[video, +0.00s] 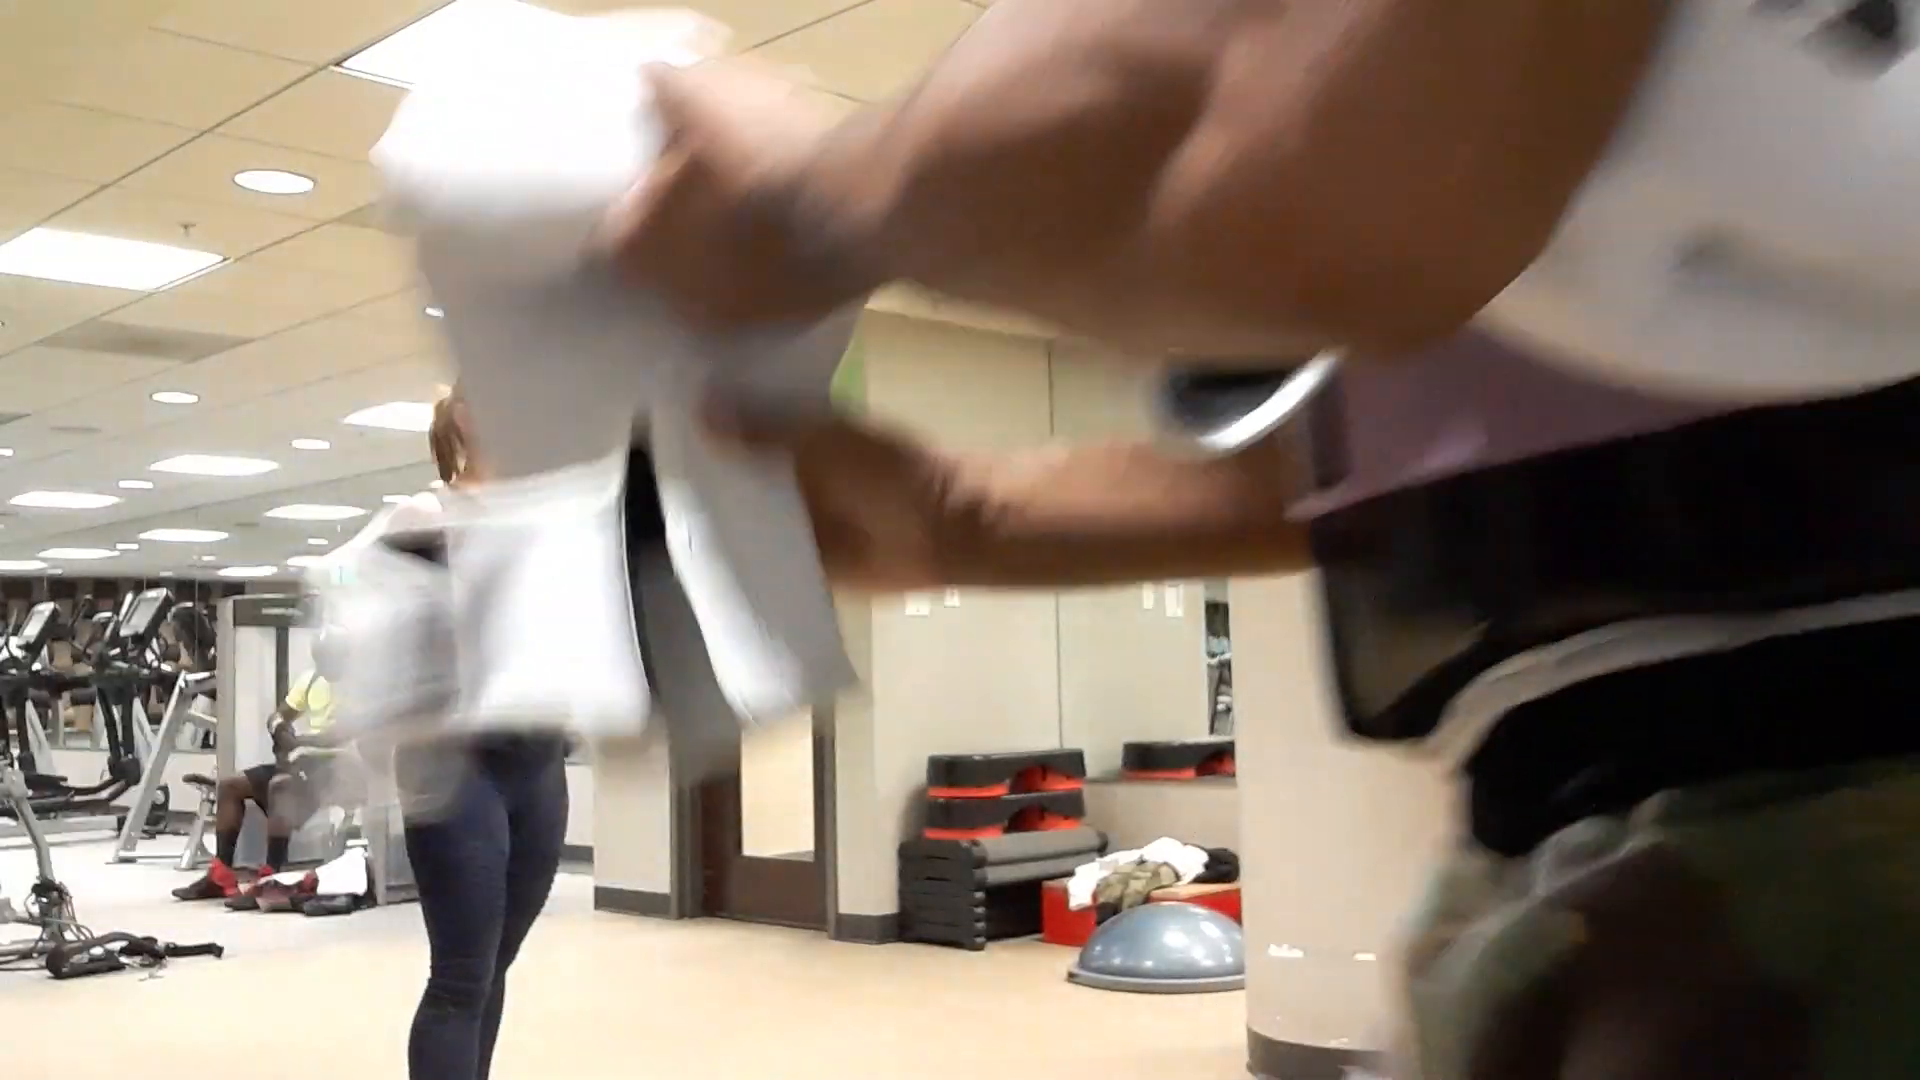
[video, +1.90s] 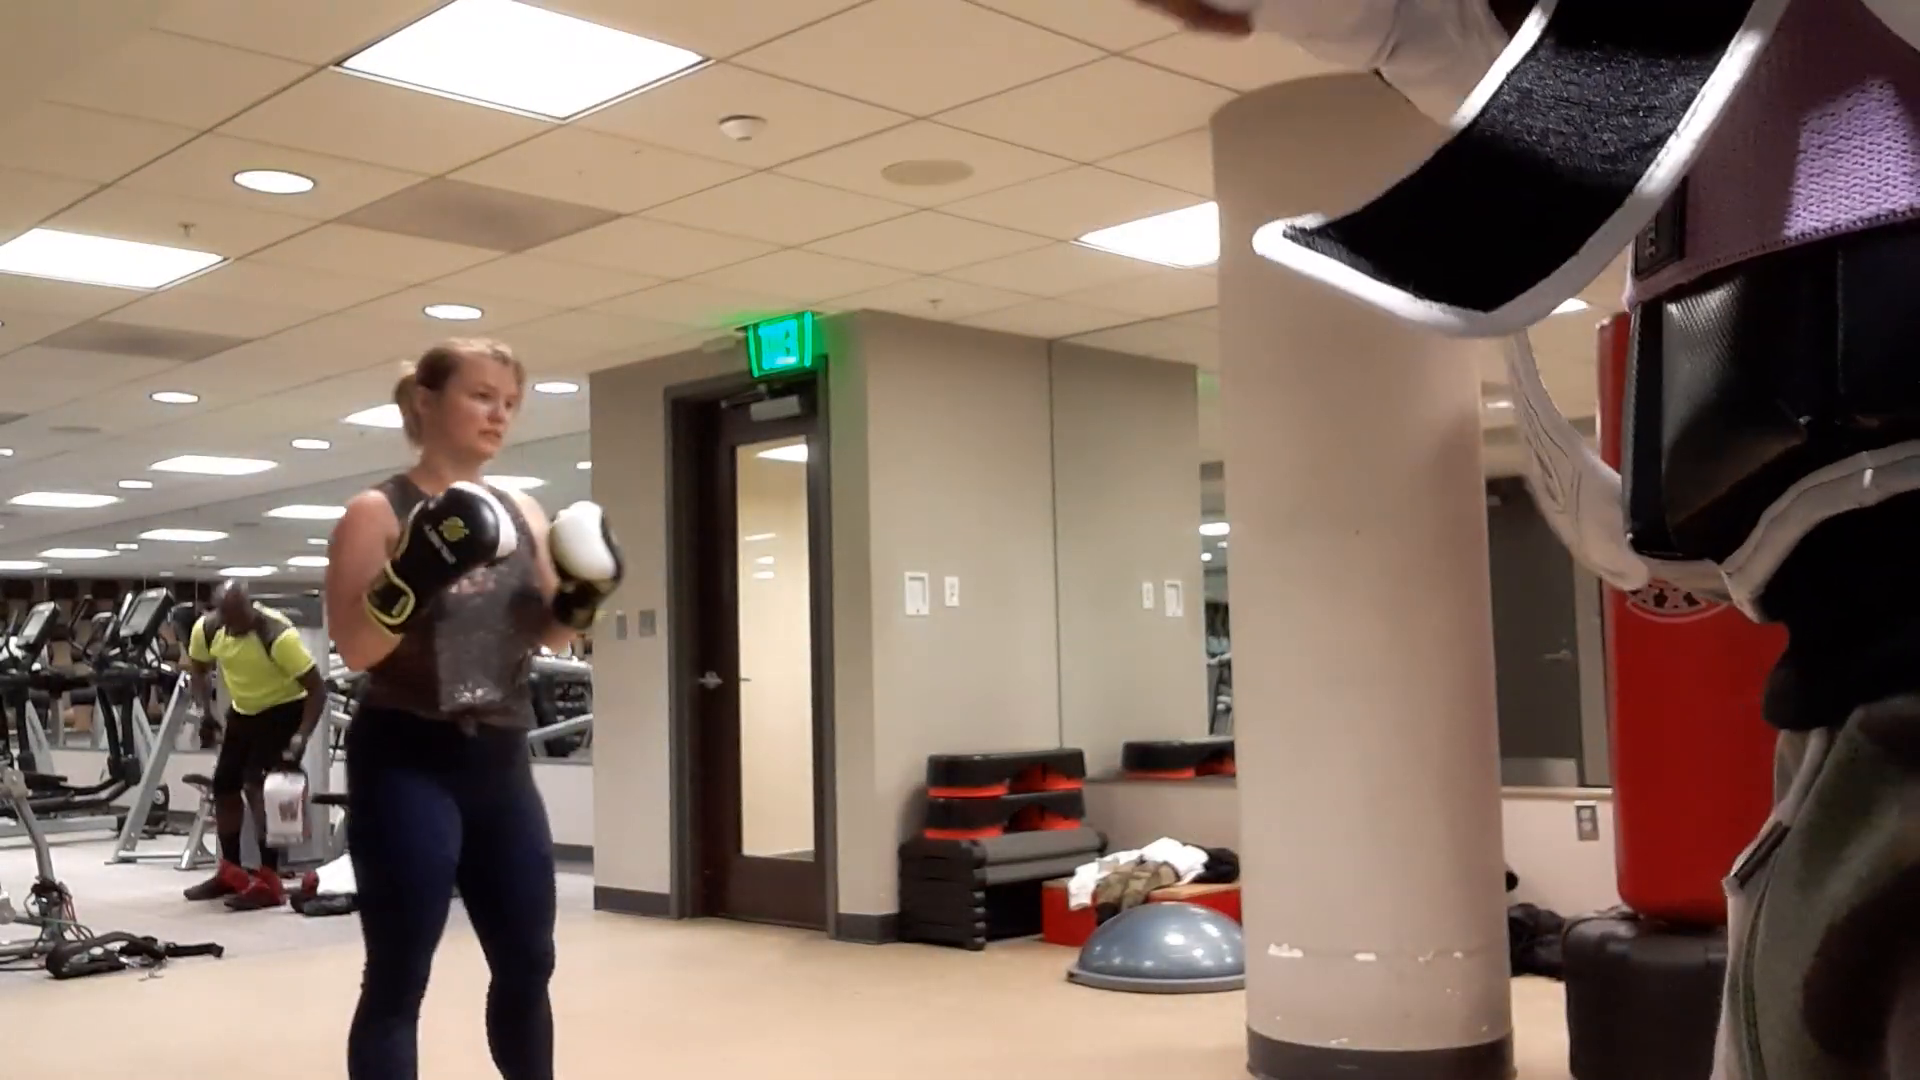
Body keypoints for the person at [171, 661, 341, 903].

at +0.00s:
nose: (324, 667)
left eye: (329, 659)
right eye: (319, 659)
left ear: (343, 656)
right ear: (314, 656)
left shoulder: (357, 684)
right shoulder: (312, 679)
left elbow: (350, 730)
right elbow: (280, 715)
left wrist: (299, 741)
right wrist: (280, 730)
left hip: (345, 769)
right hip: (307, 766)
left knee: (282, 788)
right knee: (230, 787)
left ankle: (272, 880)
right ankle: (221, 876)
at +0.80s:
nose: (309, 679)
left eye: (314, 672)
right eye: (305, 673)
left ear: (330, 662)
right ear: (300, 668)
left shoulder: (348, 692)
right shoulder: (297, 684)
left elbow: (359, 758)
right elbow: (283, 721)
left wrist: (315, 775)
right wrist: (262, 737)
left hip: (339, 766)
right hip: (305, 764)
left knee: (268, 789)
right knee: (229, 787)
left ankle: (268, 881)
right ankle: (221, 876)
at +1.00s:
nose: (275, 698)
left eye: (279, 691)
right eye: (271, 692)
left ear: (294, 680)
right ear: (267, 686)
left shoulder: (328, 707)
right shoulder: (274, 696)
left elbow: (337, 766)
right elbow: (251, 729)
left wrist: (307, 809)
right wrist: (231, 756)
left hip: (345, 772)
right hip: (304, 766)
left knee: (272, 787)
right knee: (231, 785)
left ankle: (273, 879)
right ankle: (234, 873)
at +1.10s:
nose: (253, 716)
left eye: (255, 711)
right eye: (250, 712)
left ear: (266, 701)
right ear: (253, 704)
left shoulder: (306, 718)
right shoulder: (258, 703)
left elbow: (316, 777)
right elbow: (224, 739)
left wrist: (293, 824)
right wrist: (205, 773)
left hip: (342, 766)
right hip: (294, 765)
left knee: (271, 787)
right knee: (226, 788)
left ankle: (272, 880)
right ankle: (233, 873)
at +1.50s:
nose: (212, 709)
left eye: (213, 702)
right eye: (206, 705)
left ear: (225, 685)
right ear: (199, 698)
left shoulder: (265, 701)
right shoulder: (206, 695)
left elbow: (287, 762)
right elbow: (197, 737)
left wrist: (282, 821)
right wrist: (187, 777)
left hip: (315, 728)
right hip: (273, 731)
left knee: (259, 792)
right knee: (214, 792)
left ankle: (272, 882)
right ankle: (232, 873)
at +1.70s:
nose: (212, 670)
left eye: (215, 664)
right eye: (206, 665)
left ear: (227, 651)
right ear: (200, 659)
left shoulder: (267, 669)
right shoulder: (200, 662)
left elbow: (303, 723)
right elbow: (199, 703)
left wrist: (295, 785)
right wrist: (202, 748)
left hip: (298, 714)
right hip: (257, 719)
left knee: (262, 789)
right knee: (221, 790)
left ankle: (270, 879)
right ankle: (234, 872)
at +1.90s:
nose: (230, 622)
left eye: (235, 613)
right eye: (225, 615)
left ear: (250, 606)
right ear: (218, 611)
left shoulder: (278, 636)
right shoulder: (207, 629)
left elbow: (318, 689)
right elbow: (198, 671)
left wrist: (300, 741)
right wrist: (206, 713)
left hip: (282, 712)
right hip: (241, 712)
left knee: (258, 786)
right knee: (225, 787)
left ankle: (269, 878)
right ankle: (231, 871)